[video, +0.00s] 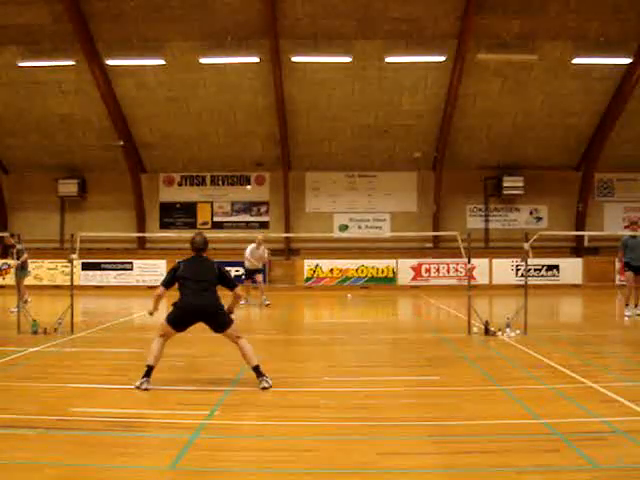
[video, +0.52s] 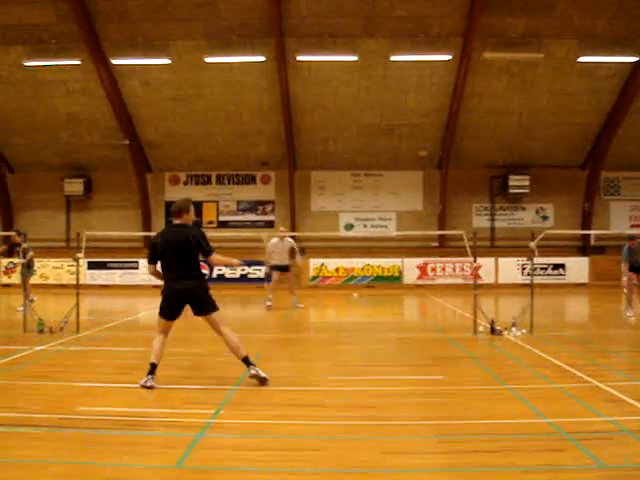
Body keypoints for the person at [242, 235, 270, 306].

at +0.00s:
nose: (260, 242)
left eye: (261, 240)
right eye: (258, 240)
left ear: (263, 242)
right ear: (256, 240)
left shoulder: (264, 250)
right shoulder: (251, 247)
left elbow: (265, 260)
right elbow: (247, 256)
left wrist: (265, 255)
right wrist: (254, 262)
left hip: (258, 267)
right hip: (249, 267)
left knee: (260, 282)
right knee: (247, 283)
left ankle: (263, 298)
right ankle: (245, 298)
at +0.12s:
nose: (265, 240)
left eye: (267, 239)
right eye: (264, 239)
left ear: (268, 240)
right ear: (261, 240)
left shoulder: (270, 249)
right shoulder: (256, 249)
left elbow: (273, 257)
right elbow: (254, 262)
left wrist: (272, 262)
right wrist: (261, 270)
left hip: (266, 267)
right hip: (256, 268)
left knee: (267, 284)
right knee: (252, 284)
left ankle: (266, 299)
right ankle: (246, 297)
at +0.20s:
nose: (267, 241)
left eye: (269, 239)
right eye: (266, 239)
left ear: (270, 240)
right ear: (264, 240)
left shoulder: (273, 247)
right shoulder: (259, 247)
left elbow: (277, 255)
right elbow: (254, 256)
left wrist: (278, 261)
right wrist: (257, 266)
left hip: (268, 267)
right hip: (259, 268)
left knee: (268, 284)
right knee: (255, 284)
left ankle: (267, 299)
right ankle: (252, 295)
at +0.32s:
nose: (272, 234)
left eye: (274, 232)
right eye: (271, 232)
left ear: (276, 233)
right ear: (268, 232)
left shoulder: (280, 241)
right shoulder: (264, 240)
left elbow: (285, 248)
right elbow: (256, 249)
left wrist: (285, 257)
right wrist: (257, 259)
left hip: (274, 262)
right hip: (264, 263)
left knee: (273, 281)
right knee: (262, 281)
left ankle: (271, 296)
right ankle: (260, 296)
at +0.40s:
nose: (274, 233)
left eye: (275, 231)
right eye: (272, 231)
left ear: (277, 231)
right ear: (270, 231)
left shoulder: (281, 240)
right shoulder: (265, 240)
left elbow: (287, 246)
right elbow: (259, 248)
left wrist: (287, 255)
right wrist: (259, 259)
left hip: (276, 262)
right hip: (266, 262)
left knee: (275, 282)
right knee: (265, 282)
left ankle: (274, 296)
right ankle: (262, 297)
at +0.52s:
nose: (282, 235)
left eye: (283, 232)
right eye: (280, 232)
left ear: (286, 234)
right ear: (278, 233)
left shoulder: (290, 242)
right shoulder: (272, 243)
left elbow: (296, 252)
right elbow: (268, 254)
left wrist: (297, 261)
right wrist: (267, 264)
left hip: (286, 263)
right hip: (275, 263)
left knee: (291, 281)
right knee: (274, 281)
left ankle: (294, 299)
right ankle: (269, 298)